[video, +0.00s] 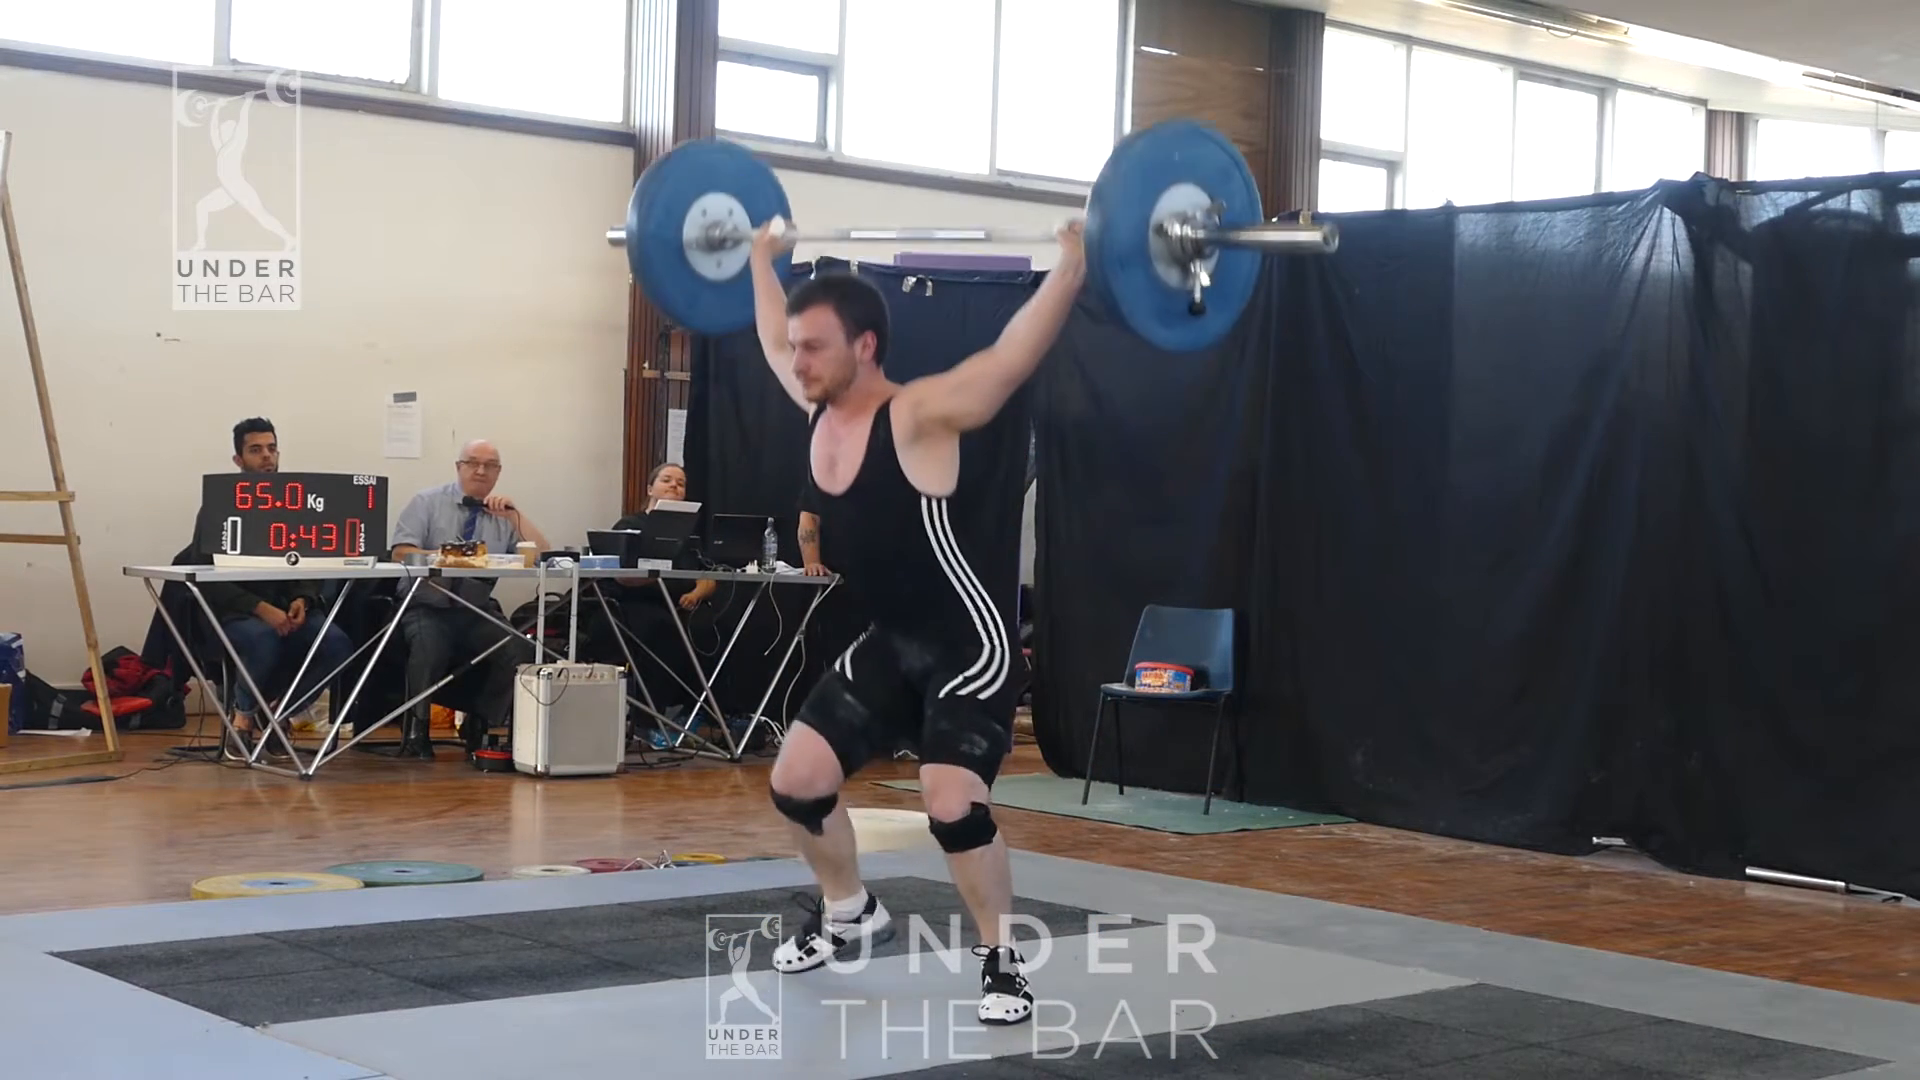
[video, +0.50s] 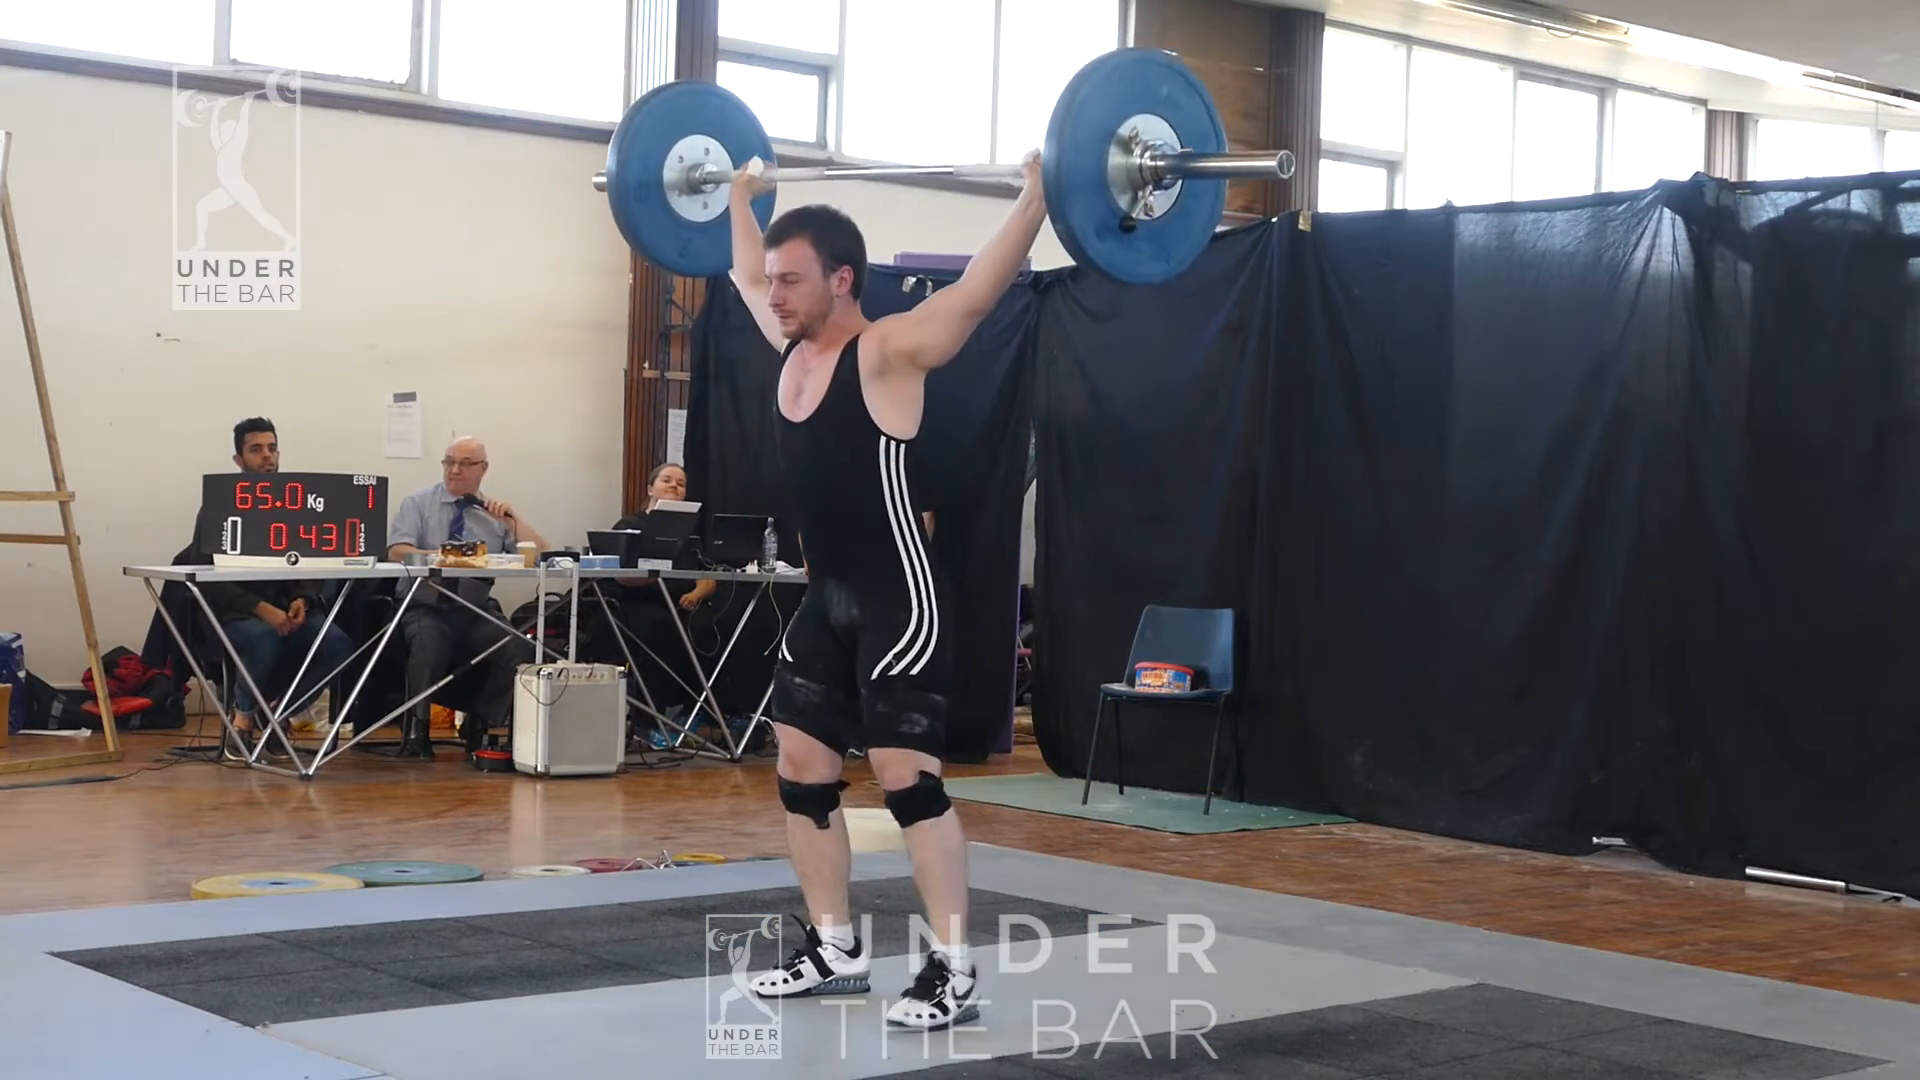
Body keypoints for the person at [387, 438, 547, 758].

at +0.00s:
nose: (481, 472)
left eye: (490, 466)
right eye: (473, 464)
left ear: (499, 473)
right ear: (459, 468)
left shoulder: (503, 516)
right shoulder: (427, 502)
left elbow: (544, 555)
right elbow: (401, 552)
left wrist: (516, 515)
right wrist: (444, 560)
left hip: (478, 609)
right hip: (428, 605)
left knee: (518, 651)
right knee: (429, 649)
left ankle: (477, 727)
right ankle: (417, 731)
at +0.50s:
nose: (455, 470)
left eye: (465, 464)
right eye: (449, 463)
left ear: (483, 470)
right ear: (442, 465)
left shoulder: (495, 516)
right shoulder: (418, 503)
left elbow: (540, 553)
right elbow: (397, 550)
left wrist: (513, 519)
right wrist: (436, 559)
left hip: (476, 607)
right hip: (426, 604)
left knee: (516, 650)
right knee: (430, 646)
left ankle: (478, 727)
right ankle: (417, 732)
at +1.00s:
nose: (423, 469)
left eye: (433, 462)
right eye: (417, 462)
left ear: (453, 466)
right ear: (411, 464)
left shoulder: (479, 507)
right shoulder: (396, 504)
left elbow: (532, 547)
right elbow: (389, 545)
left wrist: (504, 545)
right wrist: (442, 548)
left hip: (469, 607)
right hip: (416, 607)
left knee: (513, 649)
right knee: (433, 642)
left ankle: (479, 724)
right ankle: (437, 724)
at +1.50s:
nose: (404, 469)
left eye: (414, 462)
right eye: (398, 461)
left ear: (435, 466)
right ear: (393, 463)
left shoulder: (464, 501)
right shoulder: (386, 498)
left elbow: (511, 534)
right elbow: (386, 548)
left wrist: (506, 545)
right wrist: (443, 555)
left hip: (465, 603)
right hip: (413, 606)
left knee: (506, 653)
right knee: (444, 660)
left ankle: (478, 726)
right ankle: (443, 720)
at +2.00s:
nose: (403, 468)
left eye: (413, 461)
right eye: (398, 460)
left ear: (435, 465)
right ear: (392, 461)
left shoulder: (462, 500)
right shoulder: (380, 500)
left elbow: (509, 533)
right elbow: (349, 535)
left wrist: (504, 546)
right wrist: (369, 554)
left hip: (459, 601)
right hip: (405, 605)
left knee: (504, 657)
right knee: (445, 659)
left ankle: (479, 727)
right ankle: (445, 723)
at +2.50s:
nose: (401, 466)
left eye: (411, 460)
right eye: (396, 459)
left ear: (432, 463)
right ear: (391, 461)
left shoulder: (460, 501)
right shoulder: (379, 501)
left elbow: (508, 532)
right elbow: (348, 535)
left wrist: (504, 547)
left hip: (459, 602)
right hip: (406, 607)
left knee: (505, 655)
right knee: (445, 658)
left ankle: (480, 726)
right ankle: (444, 720)